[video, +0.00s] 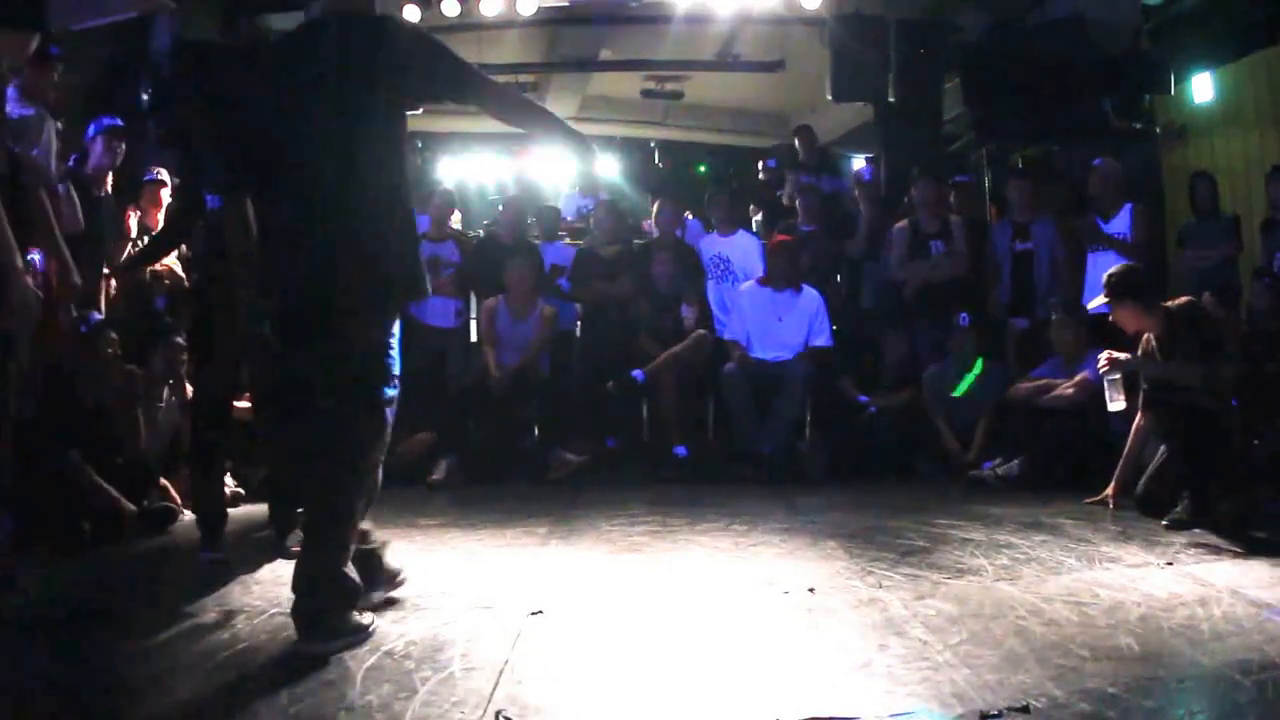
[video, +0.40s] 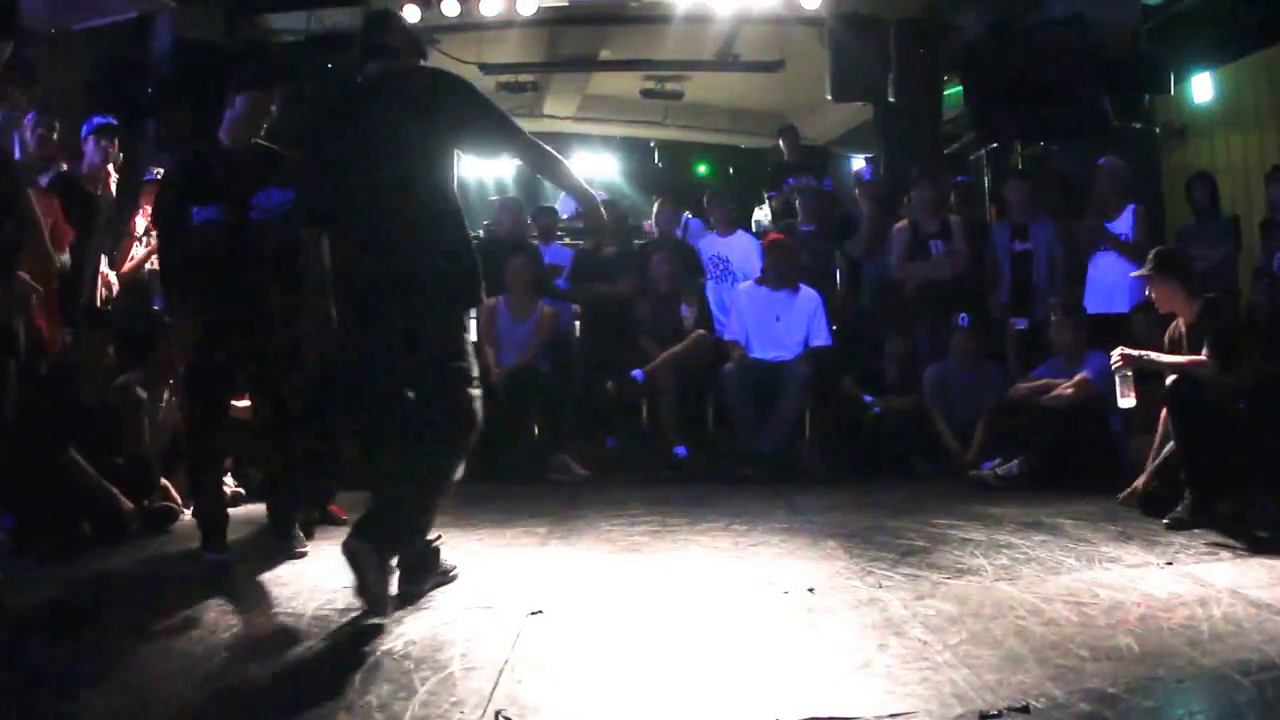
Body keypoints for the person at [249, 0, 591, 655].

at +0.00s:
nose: (409, 12)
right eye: (404, 10)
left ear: (321, 7)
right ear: (380, 4)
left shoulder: (271, 56)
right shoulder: (383, 37)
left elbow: (233, 182)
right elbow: (491, 94)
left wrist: (254, 266)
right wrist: (574, 137)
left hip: (293, 265)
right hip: (360, 263)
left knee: (332, 406)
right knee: (365, 408)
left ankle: (358, 553)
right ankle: (320, 597)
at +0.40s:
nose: (424, 54)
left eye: (417, 46)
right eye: (420, 45)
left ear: (363, 49)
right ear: (410, 45)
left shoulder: (330, 99)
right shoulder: (433, 87)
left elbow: (311, 203)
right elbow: (522, 146)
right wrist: (588, 197)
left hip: (362, 278)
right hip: (433, 270)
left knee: (389, 410)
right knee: (460, 410)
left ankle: (416, 553)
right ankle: (375, 539)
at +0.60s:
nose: (449, 57)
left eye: (444, 50)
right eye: (446, 48)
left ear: (391, 51)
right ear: (436, 45)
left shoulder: (357, 108)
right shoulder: (458, 83)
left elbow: (336, 202)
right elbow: (534, 149)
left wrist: (351, 279)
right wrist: (597, 194)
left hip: (386, 284)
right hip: (456, 276)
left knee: (396, 415)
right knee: (478, 405)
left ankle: (413, 550)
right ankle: (463, 536)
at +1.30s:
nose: (504, 112)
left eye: (502, 106)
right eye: (500, 105)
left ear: (457, 104)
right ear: (485, 102)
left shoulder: (431, 155)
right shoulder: (511, 140)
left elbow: (409, 238)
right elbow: (564, 198)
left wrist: (423, 304)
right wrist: (602, 244)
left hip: (451, 294)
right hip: (504, 288)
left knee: (472, 395)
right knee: (513, 401)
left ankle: (481, 505)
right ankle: (490, 519)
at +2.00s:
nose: (487, 147)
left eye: (477, 141)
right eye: (490, 140)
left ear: (460, 140)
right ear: (496, 139)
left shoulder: (437, 179)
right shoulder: (513, 174)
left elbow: (420, 246)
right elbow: (536, 234)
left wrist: (427, 304)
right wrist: (537, 300)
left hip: (454, 301)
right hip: (505, 298)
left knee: (459, 386)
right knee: (512, 383)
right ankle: (513, 473)